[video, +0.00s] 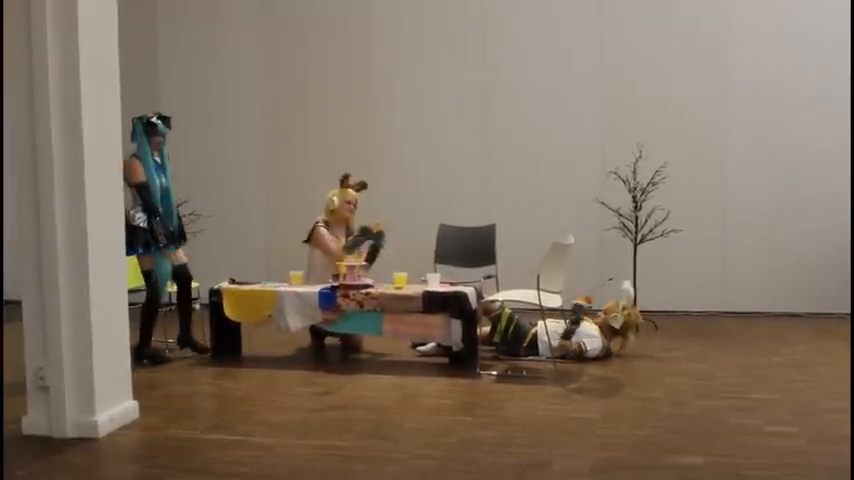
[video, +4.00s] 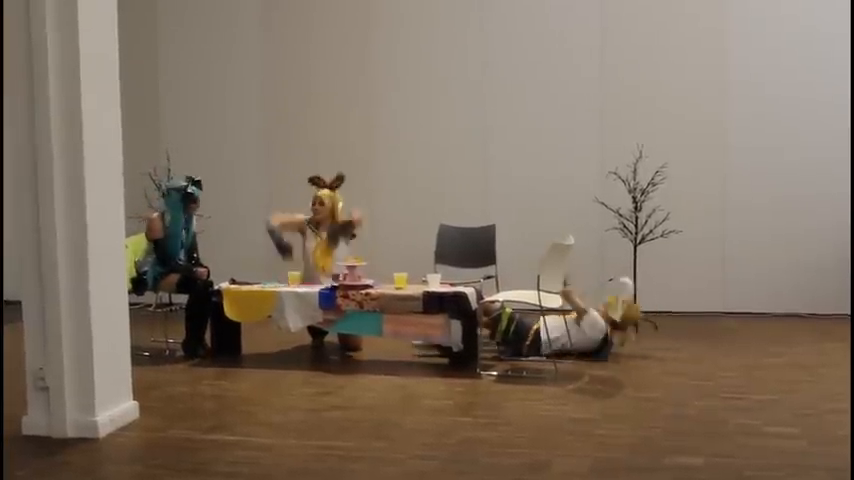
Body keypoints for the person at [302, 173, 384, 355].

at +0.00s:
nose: (352, 208)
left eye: (355, 204)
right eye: (348, 203)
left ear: (356, 208)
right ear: (334, 204)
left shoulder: (350, 232)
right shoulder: (319, 230)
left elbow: (362, 265)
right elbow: (338, 254)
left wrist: (376, 246)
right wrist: (361, 238)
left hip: (346, 296)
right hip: (318, 297)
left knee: (355, 344)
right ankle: (318, 334)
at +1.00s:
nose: (306, 219)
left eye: (311, 214)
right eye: (302, 215)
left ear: (323, 215)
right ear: (299, 217)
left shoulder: (336, 238)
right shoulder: (301, 240)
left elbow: (342, 273)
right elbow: (284, 269)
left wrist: (315, 278)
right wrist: (283, 273)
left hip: (335, 290)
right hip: (309, 292)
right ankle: (319, 335)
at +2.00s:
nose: (325, 212)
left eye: (331, 209)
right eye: (322, 207)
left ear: (342, 211)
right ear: (318, 207)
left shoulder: (350, 236)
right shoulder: (307, 231)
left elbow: (344, 269)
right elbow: (296, 260)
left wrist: (316, 277)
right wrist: (289, 273)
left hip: (342, 291)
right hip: (313, 291)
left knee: (353, 343)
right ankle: (319, 335)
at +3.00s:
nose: (310, 219)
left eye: (315, 214)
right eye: (306, 214)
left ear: (327, 214)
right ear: (302, 214)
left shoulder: (340, 237)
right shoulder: (298, 239)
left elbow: (346, 270)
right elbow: (293, 272)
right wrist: (294, 283)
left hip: (337, 292)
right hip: (309, 294)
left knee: (354, 343)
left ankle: (346, 334)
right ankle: (319, 337)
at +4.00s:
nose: (315, 207)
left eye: (321, 204)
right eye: (313, 203)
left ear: (332, 207)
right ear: (311, 205)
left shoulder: (338, 228)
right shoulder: (305, 225)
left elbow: (351, 226)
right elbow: (273, 224)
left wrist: (353, 223)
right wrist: (283, 247)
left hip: (339, 288)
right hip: (310, 288)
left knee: (354, 345)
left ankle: (344, 338)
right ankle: (317, 338)